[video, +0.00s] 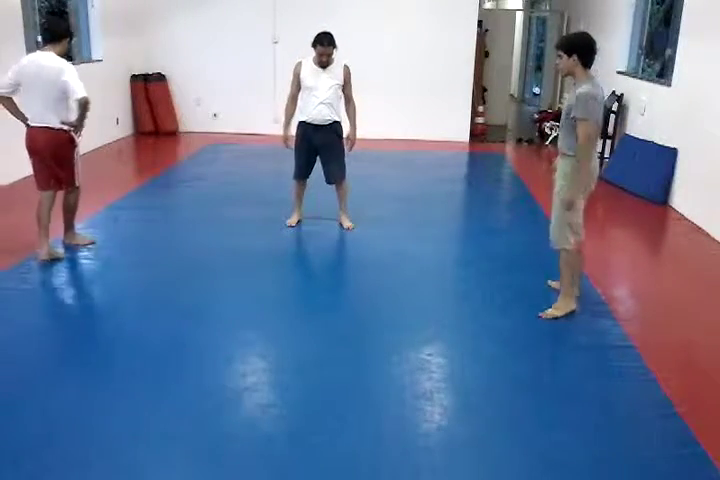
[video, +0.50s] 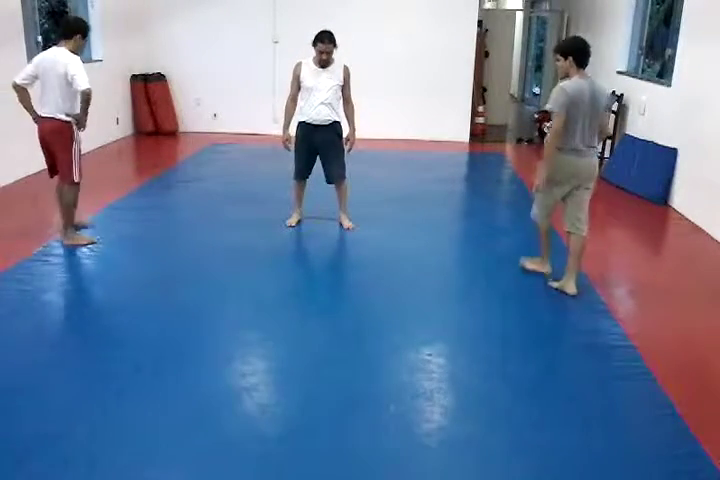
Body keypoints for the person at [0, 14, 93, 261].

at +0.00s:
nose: (69, 46)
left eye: (68, 41)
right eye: (68, 41)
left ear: (43, 38)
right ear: (64, 40)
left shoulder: (25, 63)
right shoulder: (63, 67)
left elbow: (4, 93)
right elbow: (83, 100)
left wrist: (23, 119)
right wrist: (79, 123)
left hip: (34, 134)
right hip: (60, 135)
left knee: (46, 190)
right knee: (71, 186)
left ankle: (44, 247)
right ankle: (70, 235)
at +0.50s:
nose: (83, 45)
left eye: (84, 41)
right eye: (83, 41)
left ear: (62, 36)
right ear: (76, 38)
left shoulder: (43, 56)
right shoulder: (71, 59)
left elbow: (19, 84)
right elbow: (86, 91)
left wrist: (33, 113)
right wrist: (82, 117)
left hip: (44, 124)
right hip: (63, 125)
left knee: (63, 177)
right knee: (72, 180)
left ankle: (68, 222)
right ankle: (69, 234)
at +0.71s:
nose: (87, 44)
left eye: (87, 39)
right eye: (86, 38)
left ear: (71, 35)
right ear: (76, 36)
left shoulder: (54, 55)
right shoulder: (63, 56)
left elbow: (40, 91)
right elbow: (62, 87)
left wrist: (47, 116)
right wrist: (78, 107)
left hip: (53, 119)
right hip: (62, 121)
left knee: (68, 172)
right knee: (70, 175)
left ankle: (71, 218)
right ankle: (68, 231)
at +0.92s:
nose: (88, 40)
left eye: (88, 35)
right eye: (86, 35)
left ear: (72, 33)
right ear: (73, 33)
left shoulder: (64, 55)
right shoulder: (55, 54)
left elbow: (60, 89)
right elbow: (46, 85)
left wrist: (76, 115)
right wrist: (75, 112)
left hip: (66, 120)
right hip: (58, 121)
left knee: (70, 175)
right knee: (66, 176)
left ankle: (71, 219)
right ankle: (66, 229)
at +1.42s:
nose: (75, 35)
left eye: (75, 31)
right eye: (71, 31)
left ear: (66, 33)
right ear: (56, 32)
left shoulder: (66, 58)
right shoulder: (40, 59)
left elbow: (75, 97)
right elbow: (37, 100)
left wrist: (93, 121)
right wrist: (44, 131)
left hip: (70, 123)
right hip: (52, 125)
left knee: (76, 173)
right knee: (53, 180)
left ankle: (71, 219)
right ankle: (54, 232)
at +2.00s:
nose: (78, 36)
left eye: (79, 32)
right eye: (74, 32)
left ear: (73, 33)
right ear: (60, 33)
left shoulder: (72, 58)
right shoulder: (47, 61)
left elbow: (75, 94)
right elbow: (46, 101)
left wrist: (84, 122)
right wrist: (59, 135)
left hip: (77, 123)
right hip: (61, 125)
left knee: (78, 174)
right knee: (58, 180)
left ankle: (77, 217)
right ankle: (54, 231)